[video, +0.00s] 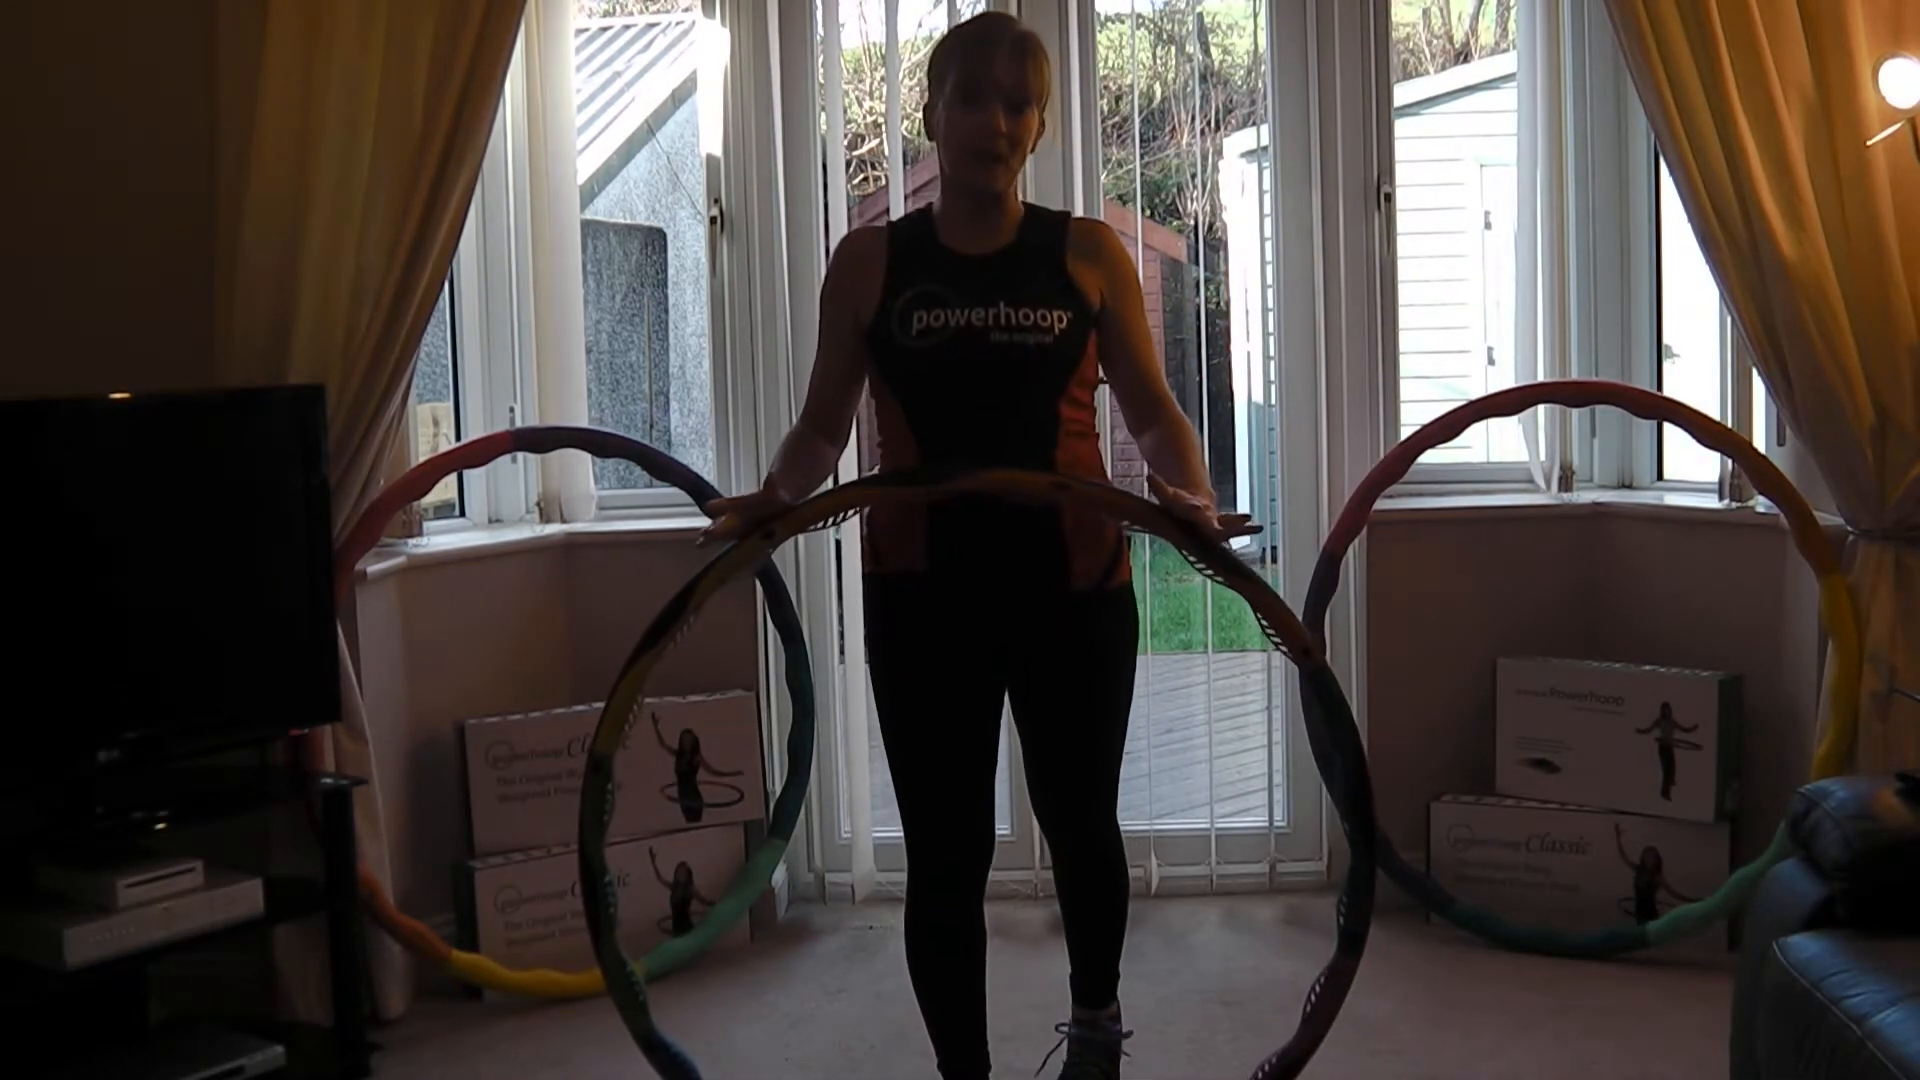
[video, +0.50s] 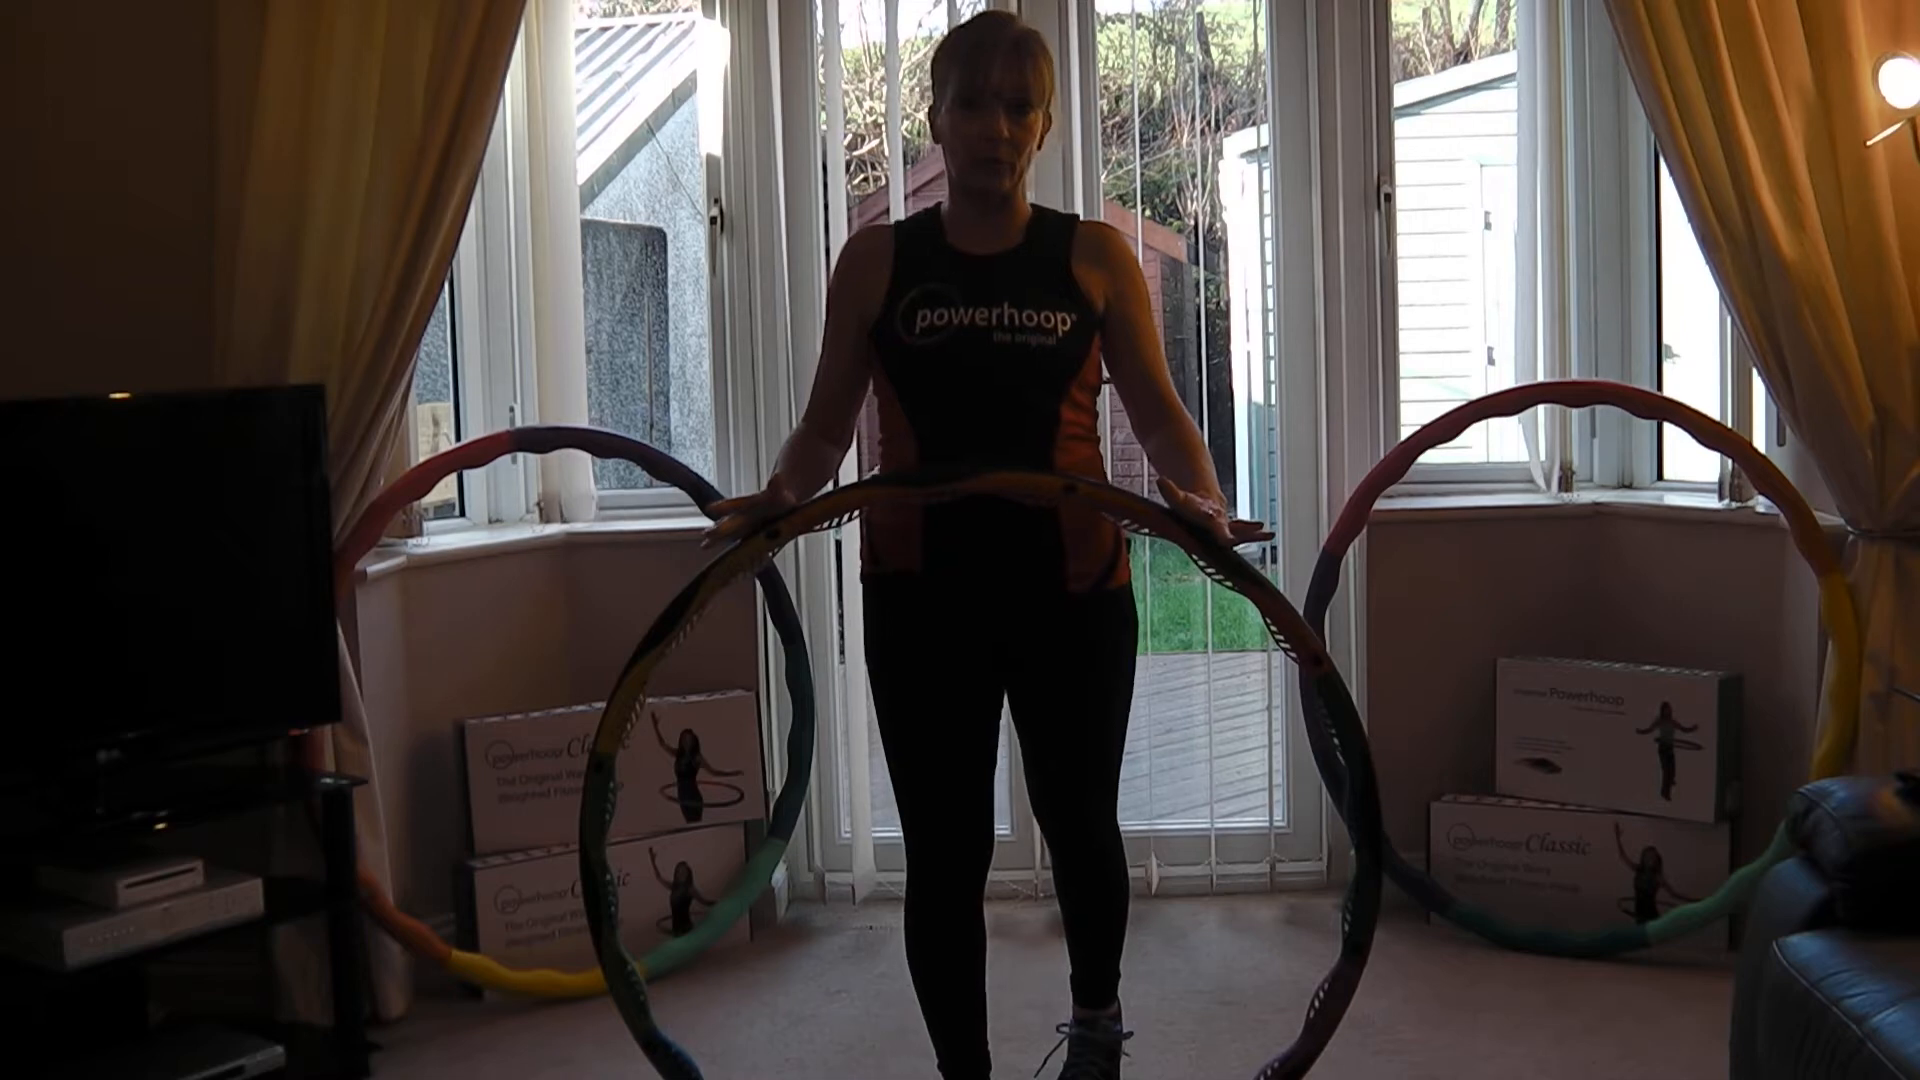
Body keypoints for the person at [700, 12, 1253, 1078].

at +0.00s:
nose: (996, 125)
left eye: (1018, 106)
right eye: (974, 101)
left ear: (1041, 124)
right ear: (932, 110)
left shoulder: (1092, 255)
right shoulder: (869, 262)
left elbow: (1154, 411)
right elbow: (824, 422)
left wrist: (1195, 495)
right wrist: (775, 495)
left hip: (1072, 584)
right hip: (924, 589)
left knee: (1081, 824)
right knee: (945, 855)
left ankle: (1095, 1026)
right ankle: (961, 1073)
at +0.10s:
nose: (998, 129)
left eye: (1019, 109)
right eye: (975, 105)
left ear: (1042, 125)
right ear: (932, 112)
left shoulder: (1091, 256)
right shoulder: (871, 261)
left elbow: (1155, 412)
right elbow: (824, 422)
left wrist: (1196, 494)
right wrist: (775, 497)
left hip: (1071, 587)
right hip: (924, 592)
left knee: (1080, 823)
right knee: (944, 859)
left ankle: (1095, 1022)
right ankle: (963, 1074)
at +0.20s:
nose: (997, 128)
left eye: (1019, 109)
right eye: (973, 104)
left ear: (1042, 124)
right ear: (931, 113)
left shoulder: (1092, 257)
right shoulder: (872, 261)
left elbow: (1158, 418)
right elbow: (824, 426)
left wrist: (1201, 499)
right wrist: (778, 496)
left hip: (1070, 587)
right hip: (922, 591)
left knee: (1079, 824)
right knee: (944, 857)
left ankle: (1094, 1024)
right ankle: (962, 1075)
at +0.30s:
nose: (998, 129)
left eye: (1020, 109)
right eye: (974, 106)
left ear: (1042, 124)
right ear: (932, 114)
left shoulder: (1092, 257)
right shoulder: (873, 260)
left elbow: (1154, 412)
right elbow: (826, 422)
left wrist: (1201, 497)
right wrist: (777, 500)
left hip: (1069, 584)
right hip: (922, 588)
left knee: (1079, 823)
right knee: (943, 856)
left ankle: (1093, 1027)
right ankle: (962, 1072)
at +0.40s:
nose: (995, 128)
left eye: (1018, 108)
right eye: (972, 105)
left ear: (1044, 122)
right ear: (934, 113)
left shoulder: (1095, 257)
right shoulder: (874, 259)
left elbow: (1158, 413)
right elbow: (825, 424)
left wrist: (1202, 497)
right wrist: (775, 502)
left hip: (1069, 584)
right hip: (922, 588)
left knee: (1079, 822)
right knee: (942, 855)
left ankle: (1094, 1025)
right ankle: (962, 1072)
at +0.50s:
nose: (998, 128)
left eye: (1021, 108)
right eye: (974, 104)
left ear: (1046, 123)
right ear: (936, 114)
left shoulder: (1097, 257)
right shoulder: (877, 259)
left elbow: (1159, 413)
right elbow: (826, 425)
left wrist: (1201, 496)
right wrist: (776, 501)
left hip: (1071, 586)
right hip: (924, 589)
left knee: (1081, 825)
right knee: (944, 858)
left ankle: (1095, 1023)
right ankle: (964, 1072)